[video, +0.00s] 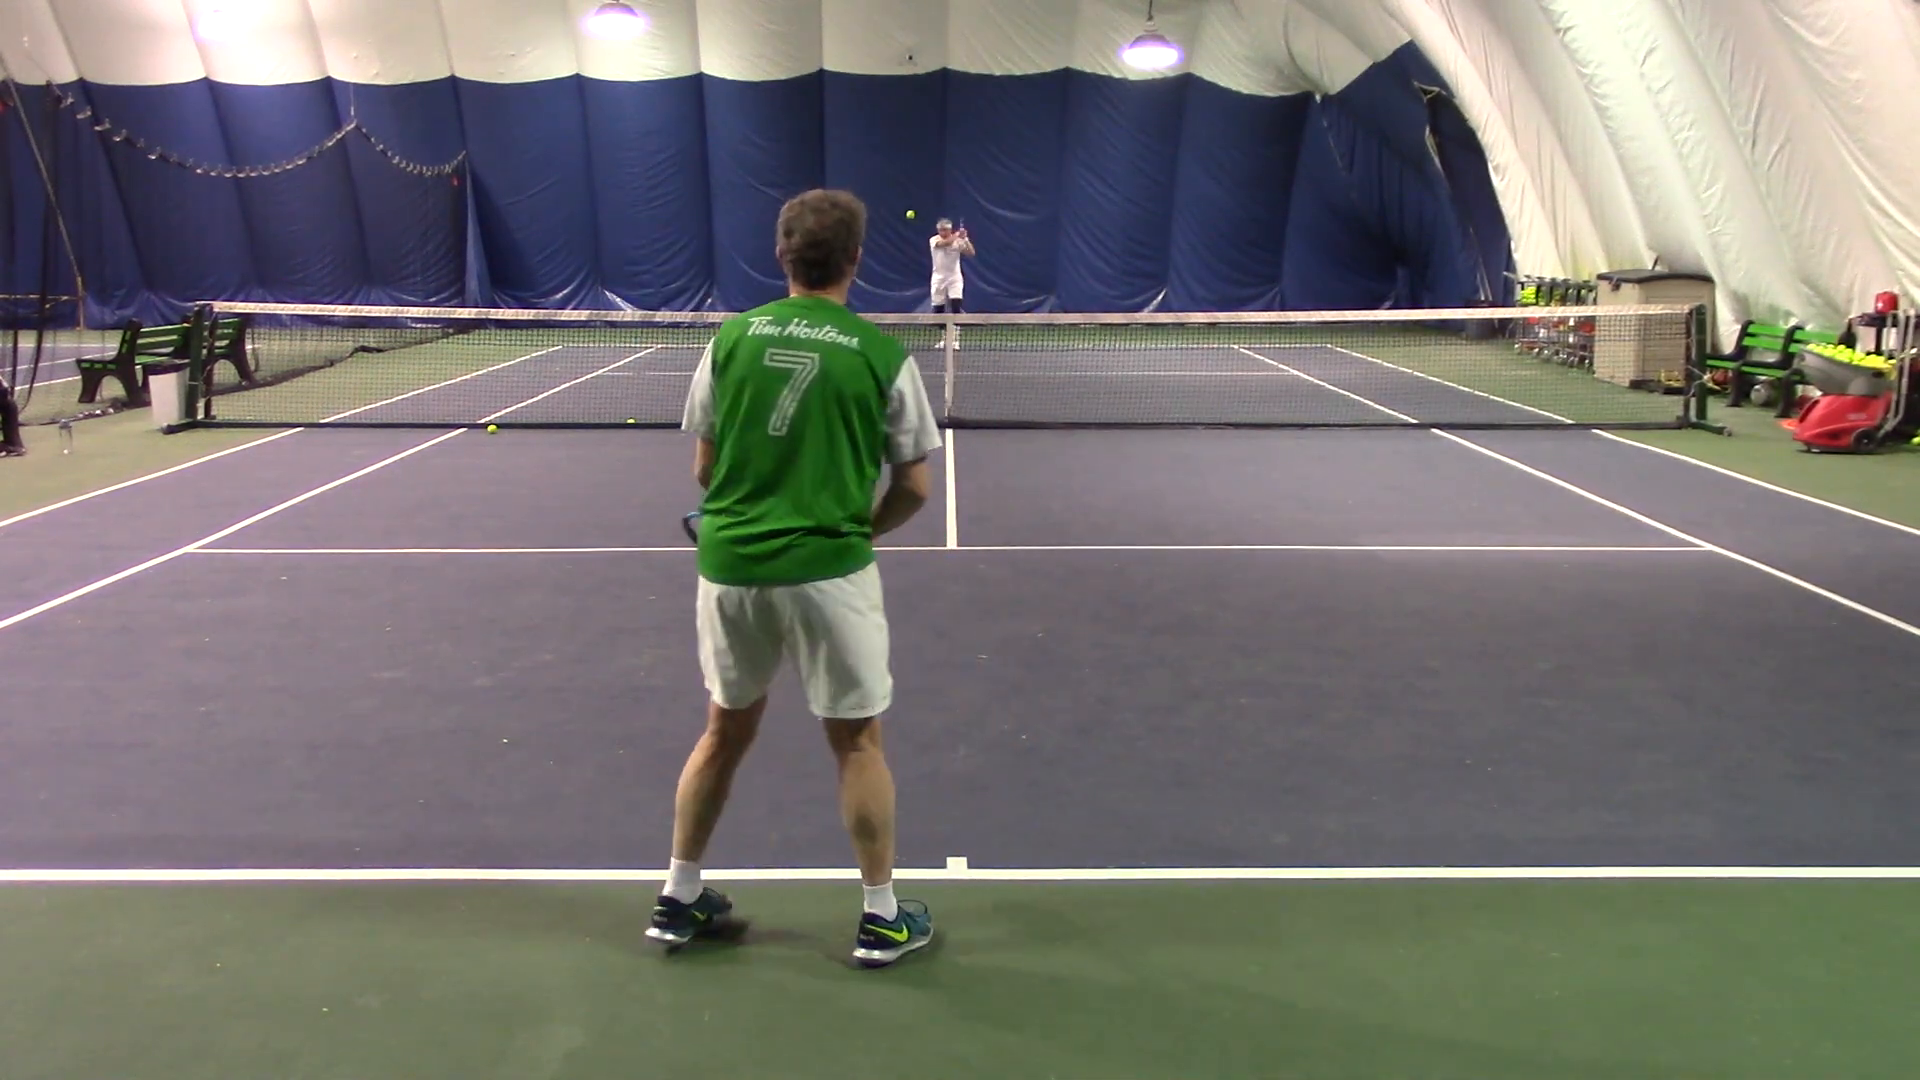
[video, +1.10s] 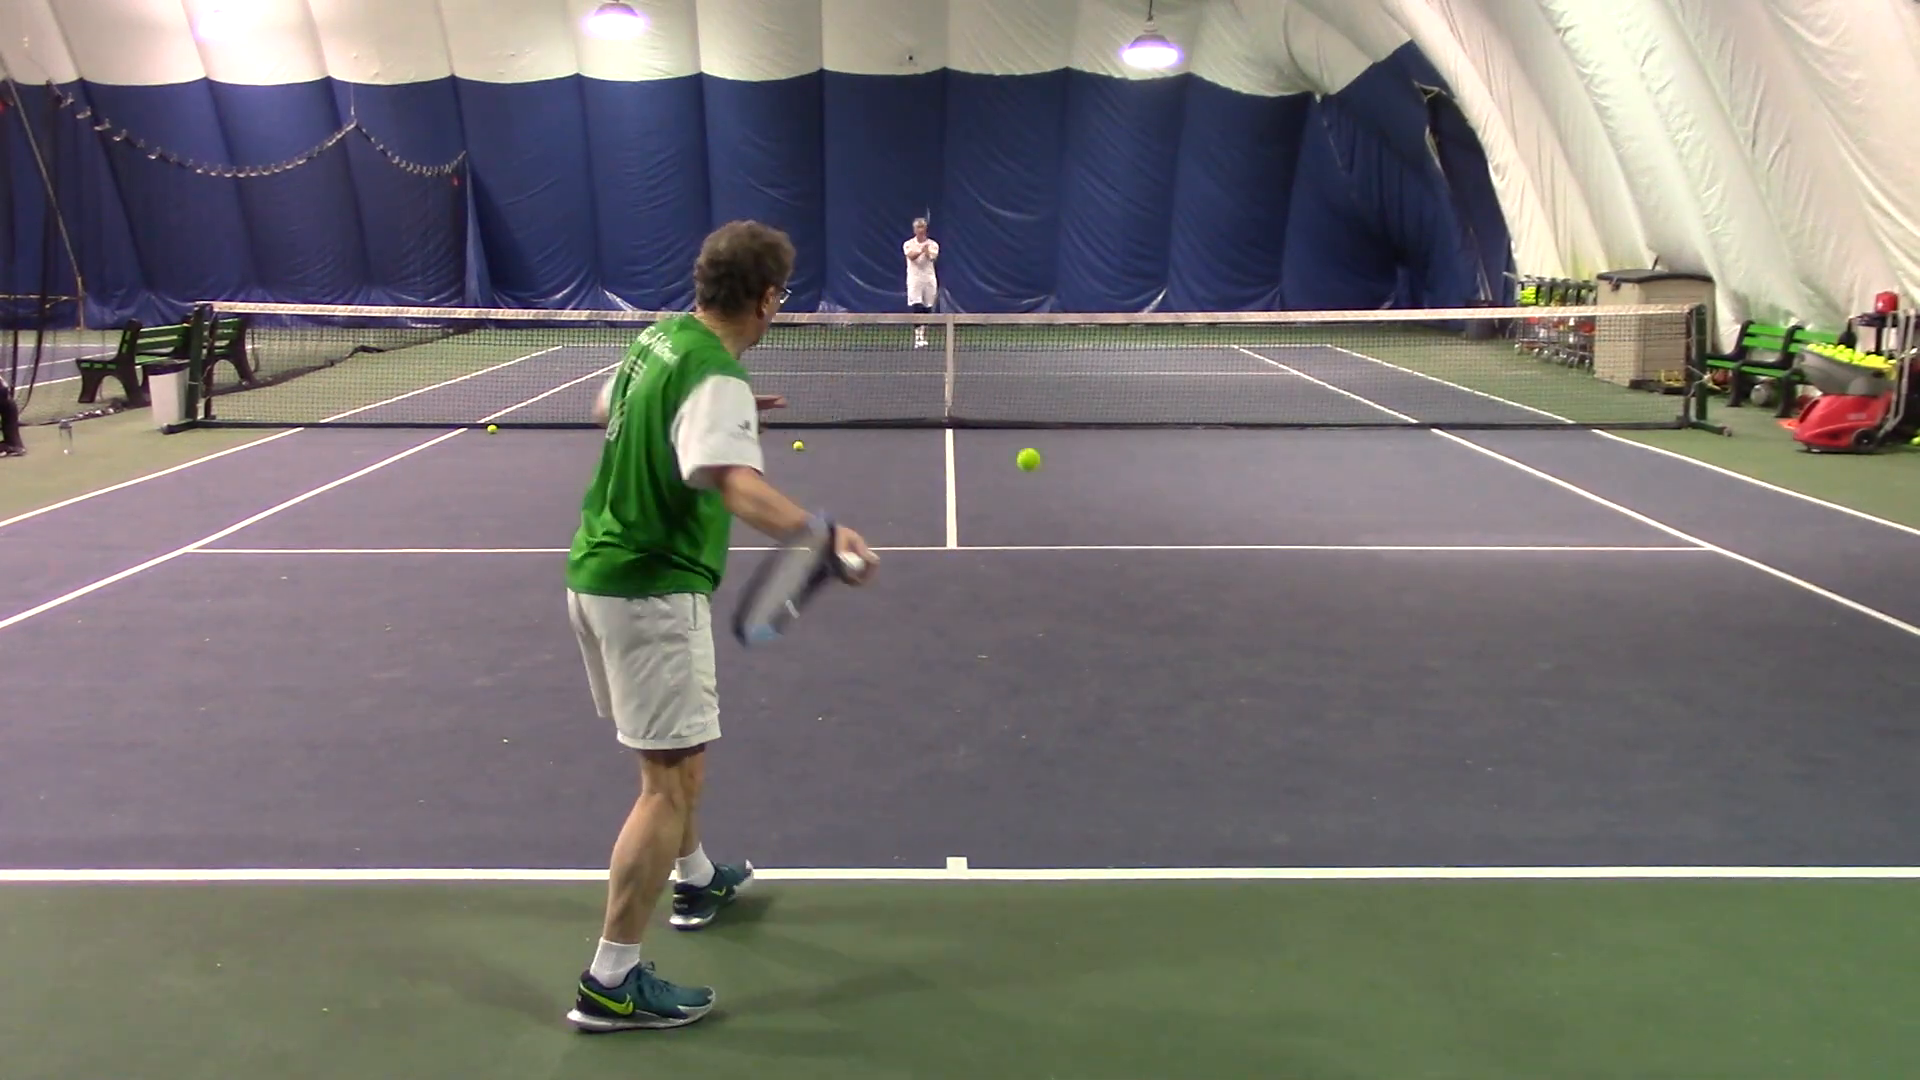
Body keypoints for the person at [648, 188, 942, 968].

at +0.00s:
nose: (856, 262)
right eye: (859, 252)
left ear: (781, 258)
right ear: (854, 261)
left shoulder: (731, 339)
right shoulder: (881, 355)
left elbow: (705, 467)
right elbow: (915, 486)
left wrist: (756, 508)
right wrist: (852, 530)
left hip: (731, 566)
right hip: (831, 570)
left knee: (724, 729)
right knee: (857, 739)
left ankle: (677, 898)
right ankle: (882, 915)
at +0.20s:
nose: (817, 273)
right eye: (817, 264)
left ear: (740, 267)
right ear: (813, 275)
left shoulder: (701, 338)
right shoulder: (806, 363)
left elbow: (731, 450)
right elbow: (832, 496)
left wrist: (841, 486)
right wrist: (866, 541)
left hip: (662, 561)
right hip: (751, 569)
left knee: (691, 735)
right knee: (815, 746)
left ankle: (675, 904)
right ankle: (869, 911)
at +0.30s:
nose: (796, 274)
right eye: (796, 265)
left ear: (718, 266)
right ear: (788, 274)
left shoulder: (683, 336)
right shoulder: (767, 356)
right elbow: (789, 481)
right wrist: (874, 509)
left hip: (639, 563)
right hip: (721, 569)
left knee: (683, 733)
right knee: (788, 738)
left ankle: (674, 905)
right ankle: (795, 923)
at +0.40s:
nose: (780, 269)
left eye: (768, 255)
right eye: (780, 259)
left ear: (702, 264)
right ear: (771, 270)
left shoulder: (679, 332)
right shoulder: (740, 354)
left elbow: (767, 413)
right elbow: (754, 467)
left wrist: (873, 410)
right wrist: (868, 471)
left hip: (627, 566)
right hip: (699, 574)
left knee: (675, 739)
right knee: (757, 748)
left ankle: (674, 906)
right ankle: (712, 930)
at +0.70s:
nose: (761, 290)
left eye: (757, 278)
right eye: (761, 279)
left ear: (685, 275)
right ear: (747, 287)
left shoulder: (689, 343)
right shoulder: (685, 350)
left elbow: (782, 409)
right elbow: (660, 445)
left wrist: (849, 365)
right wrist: (768, 444)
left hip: (638, 581)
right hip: (640, 589)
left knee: (684, 751)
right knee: (665, 785)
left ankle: (675, 900)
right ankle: (609, 978)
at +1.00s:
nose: (772, 297)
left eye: (770, 283)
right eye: (772, 284)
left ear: (696, 278)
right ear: (755, 292)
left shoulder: (660, 334)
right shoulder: (697, 364)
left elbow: (664, 421)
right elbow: (694, 465)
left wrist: (747, 408)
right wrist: (769, 500)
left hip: (606, 576)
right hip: (640, 587)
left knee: (670, 735)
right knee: (669, 784)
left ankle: (688, 876)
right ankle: (610, 977)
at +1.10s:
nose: (782, 305)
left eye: (784, 293)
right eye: (782, 294)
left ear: (704, 285)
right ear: (763, 298)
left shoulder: (660, 337)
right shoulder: (715, 373)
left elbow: (608, 411)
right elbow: (736, 487)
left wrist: (718, 406)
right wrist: (826, 536)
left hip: (600, 583)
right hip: (655, 595)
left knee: (670, 746)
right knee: (668, 786)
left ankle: (694, 880)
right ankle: (611, 977)